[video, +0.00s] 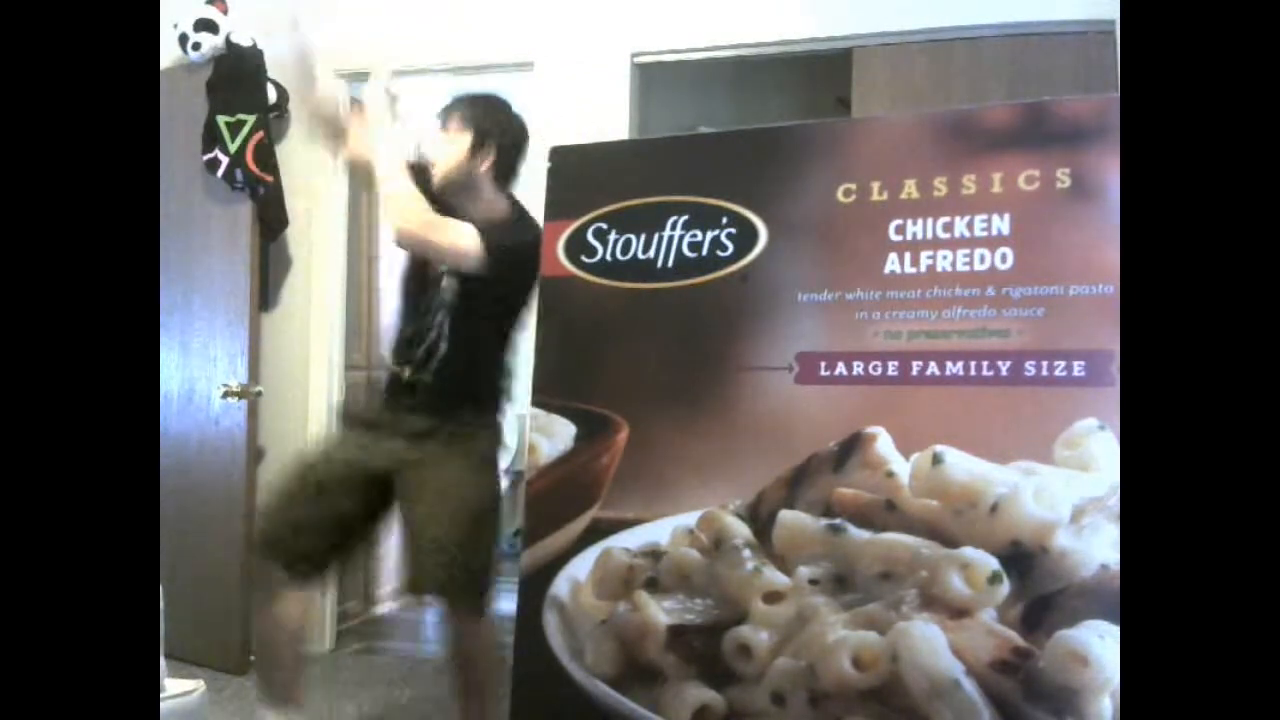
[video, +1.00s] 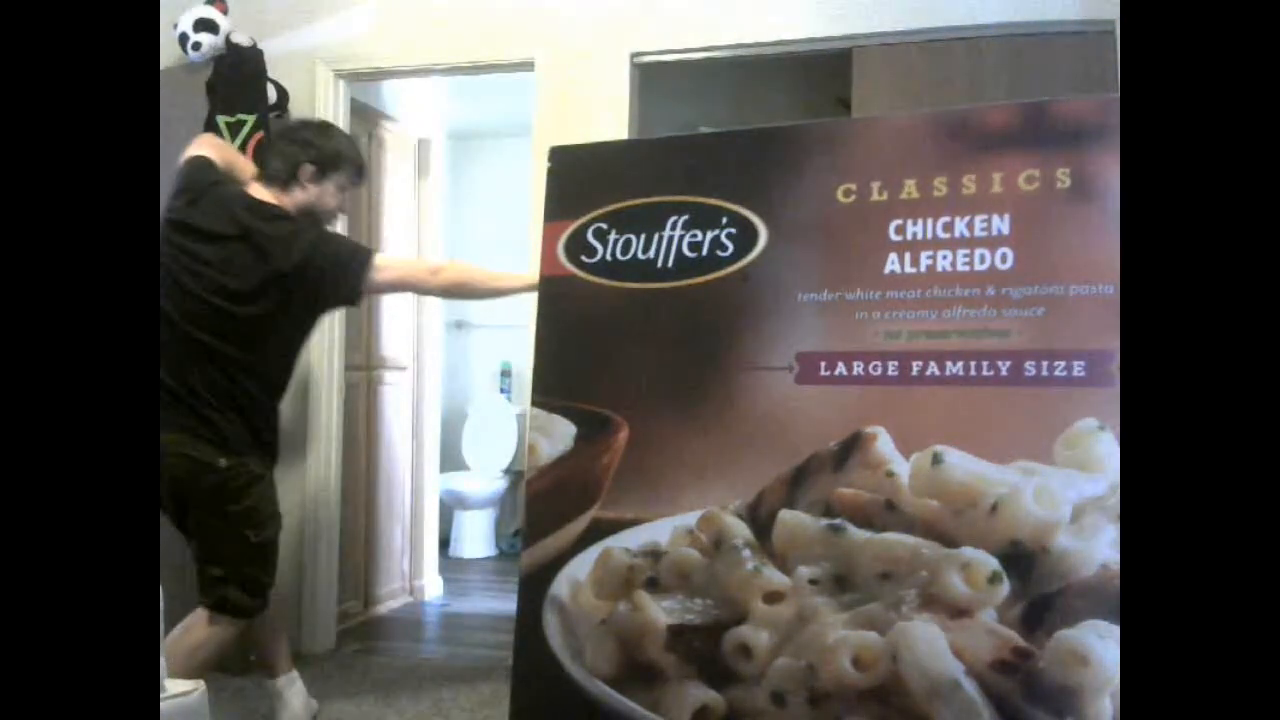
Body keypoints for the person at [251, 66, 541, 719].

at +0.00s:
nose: (432, 146)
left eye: (447, 136)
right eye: (437, 135)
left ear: (485, 152)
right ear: (470, 151)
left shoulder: (515, 235)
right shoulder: (438, 201)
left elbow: (420, 230)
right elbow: (370, 161)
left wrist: (372, 166)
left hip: (454, 438)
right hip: (382, 424)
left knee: (464, 599)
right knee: (284, 543)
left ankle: (477, 717)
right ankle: (281, 707)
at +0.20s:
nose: (433, 102)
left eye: (451, 96)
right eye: (426, 88)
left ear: (466, 118)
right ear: (407, 93)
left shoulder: (454, 194)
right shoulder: (373, 139)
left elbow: (505, 228)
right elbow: (378, 31)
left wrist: (433, 150)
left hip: (399, 393)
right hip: (324, 381)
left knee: (438, 558)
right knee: (271, 563)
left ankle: (414, 705)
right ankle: (194, 691)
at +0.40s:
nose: (410, 172)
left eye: (414, 159)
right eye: (405, 151)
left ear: (362, 144)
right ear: (360, 136)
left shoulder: (350, 209)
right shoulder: (314, 204)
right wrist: (393, 193)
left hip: (321, 418)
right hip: (267, 418)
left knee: (371, 576)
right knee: (247, 611)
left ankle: (399, 708)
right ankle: (166, 693)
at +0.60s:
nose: (403, 230)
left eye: (408, 216)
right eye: (404, 214)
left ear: (340, 182)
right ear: (369, 197)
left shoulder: (258, 195)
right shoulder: (352, 275)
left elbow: (285, 140)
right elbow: (453, 335)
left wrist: (342, 161)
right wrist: (528, 362)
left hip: (175, 426)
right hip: (239, 451)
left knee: (266, 582)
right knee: (248, 611)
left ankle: (313, 702)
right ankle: (164, 696)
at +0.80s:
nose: (365, 219)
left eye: (369, 204)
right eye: (364, 201)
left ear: (308, 183)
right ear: (329, 189)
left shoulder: (217, 195)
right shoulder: (327, 263)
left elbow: (225, 142)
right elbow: (445, 287)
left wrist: (281, 185)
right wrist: (538, 291)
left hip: (168, 435)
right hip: (234, 462)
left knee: (256, 587)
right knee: (237, 608)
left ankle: (294, 698)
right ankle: (163, 691)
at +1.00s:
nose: (344, 206)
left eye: (348, 194)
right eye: (342, 190)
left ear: (277, 174)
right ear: (305, 177)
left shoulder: (200, 194)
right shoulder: (315, 254)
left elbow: (207, 146)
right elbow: (435, 277)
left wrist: (258, 172)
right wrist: (530, 280)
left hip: (168, 436)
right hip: (225, 456)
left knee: (254, 581)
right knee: (229, 606)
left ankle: (291, 697)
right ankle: (161, 695)